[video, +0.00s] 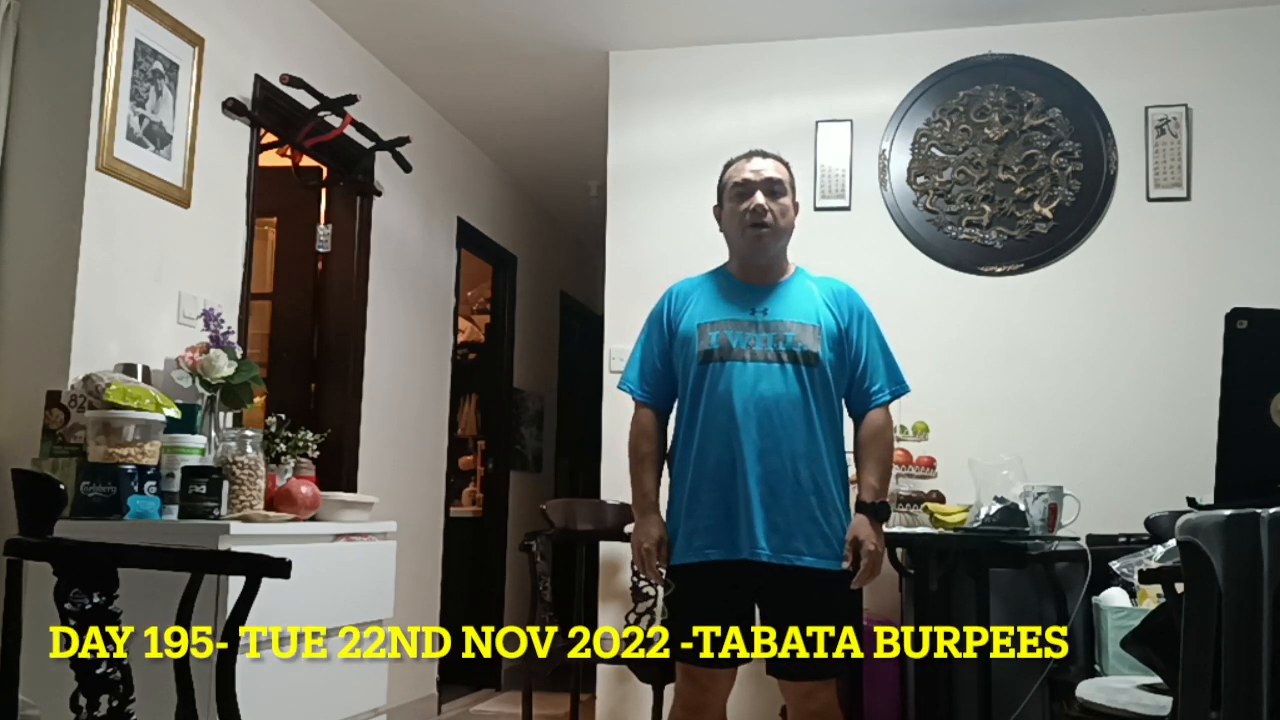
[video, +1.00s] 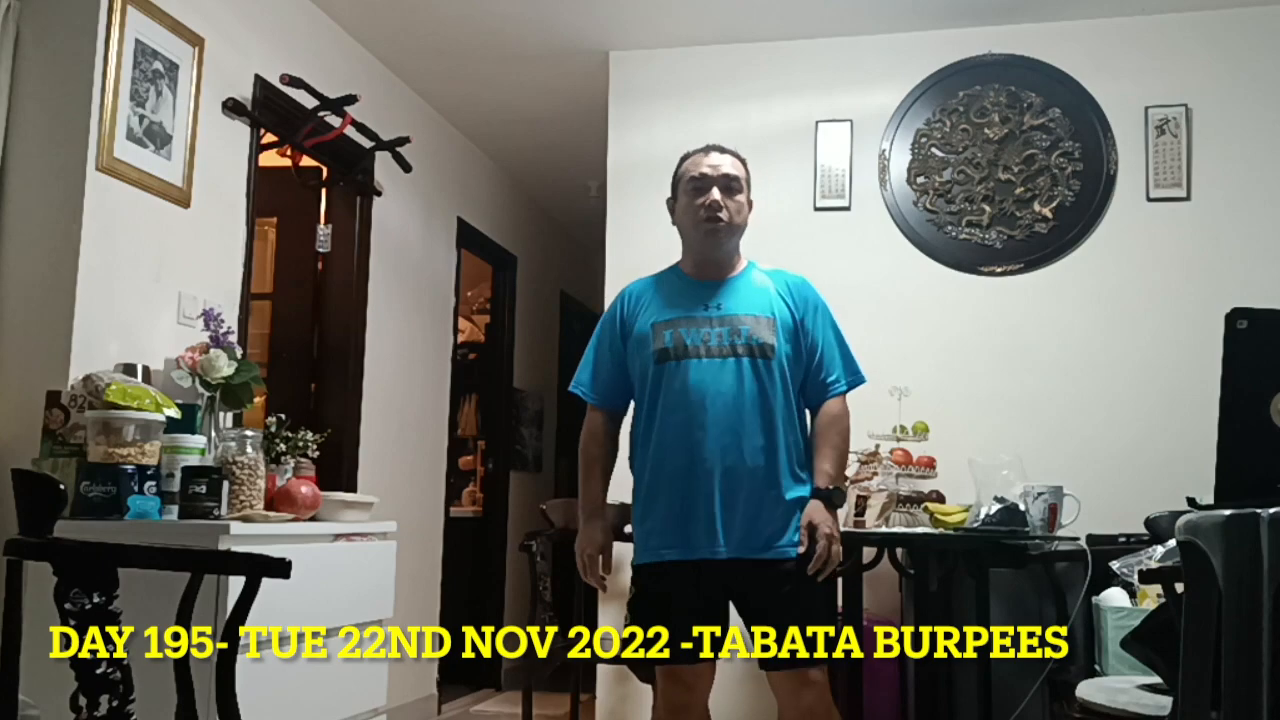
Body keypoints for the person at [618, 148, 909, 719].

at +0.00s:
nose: (758, 200)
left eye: (774, 190)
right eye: (742, 191)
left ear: (795, 213)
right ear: (719, 216)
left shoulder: (839, 304)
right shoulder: (682, 302)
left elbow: (875, 411)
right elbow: (647, 412)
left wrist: (870, 511)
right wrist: (645, 513)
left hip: (811, 545)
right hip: (706, 542)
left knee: (815, 701)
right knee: (699, 696)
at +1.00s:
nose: (714, 195)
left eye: (730, 186)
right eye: (697, 186)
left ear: (749, 209)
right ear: (673, 209)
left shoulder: (794, 296)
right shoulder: (635, 304)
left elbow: (832, 401)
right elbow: (600, 416)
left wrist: (825, 498)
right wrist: (592, 516)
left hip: (779, 537)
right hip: (672, 541)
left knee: (807, 690)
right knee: (678, 691)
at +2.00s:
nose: (990, 190)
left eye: (1004, 174)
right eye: (973, 163)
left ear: (1011, 184)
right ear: (914, 158)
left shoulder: (1000, 297)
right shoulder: (806, 235)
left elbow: (1079, 386)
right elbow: (736, 341)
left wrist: (1155, 461)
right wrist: (713, 456)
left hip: (890, 572)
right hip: (769, 537)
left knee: (873, 714)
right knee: (727, 702)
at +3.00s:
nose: (875, 159)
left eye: (884, 144)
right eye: (853, 138)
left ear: (891, 158)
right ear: (794, 148)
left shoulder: (910, 278)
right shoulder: (714, 254)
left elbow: (948, 411)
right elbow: (662, 380)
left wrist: (955, 529)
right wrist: (654, 501)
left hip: (851, 559)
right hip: (724, 544)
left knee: (855, 713)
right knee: (693, 706)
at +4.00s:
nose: (749, 159)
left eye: (757, 147)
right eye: (728, 141)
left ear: (763, 163)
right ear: (675, 154)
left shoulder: (789, 258)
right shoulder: (614, 253)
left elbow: (860, 336)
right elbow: (565, 334)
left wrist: (749, 353)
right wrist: (691, 328)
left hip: (770, 546)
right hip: (647, 542)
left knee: (778, 710)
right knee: (656, 709)